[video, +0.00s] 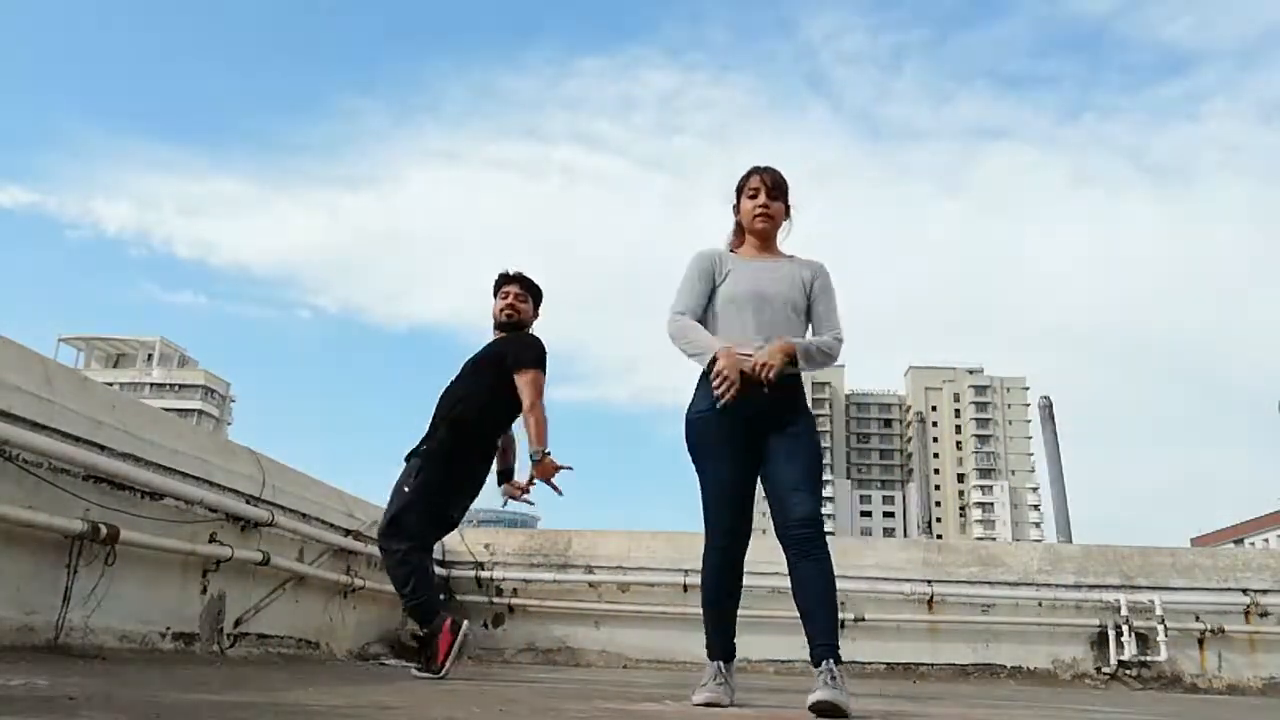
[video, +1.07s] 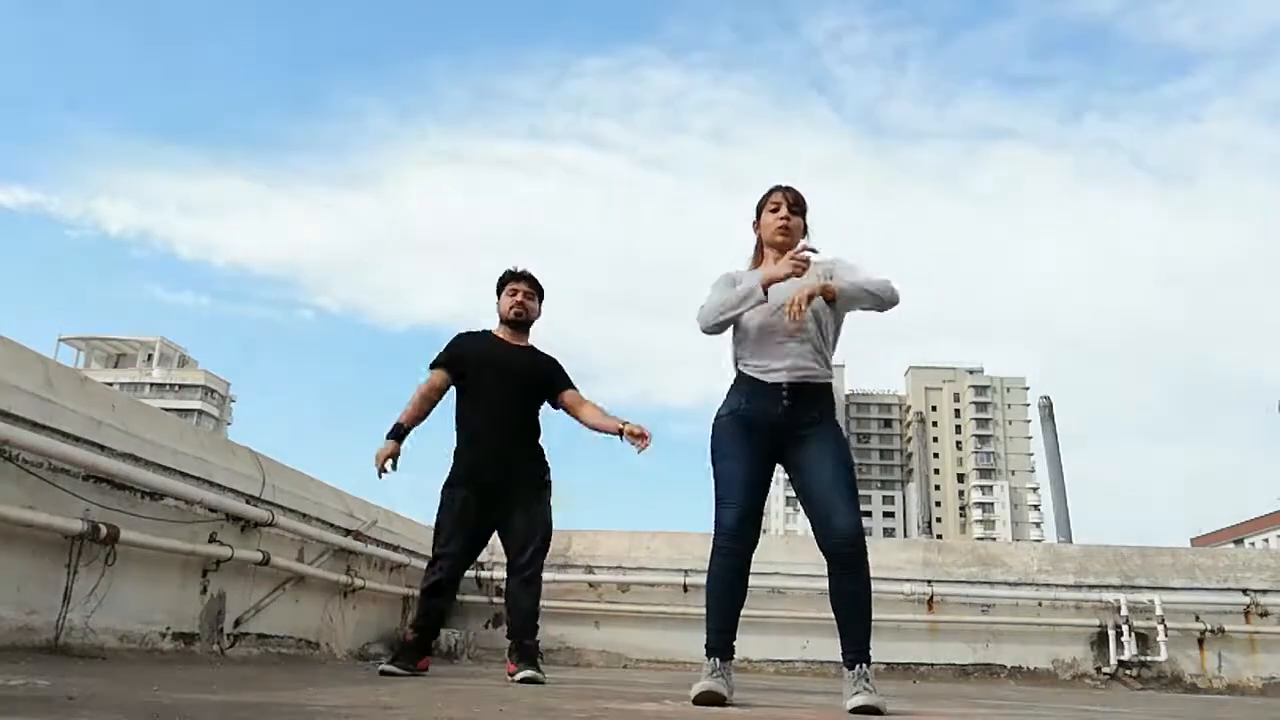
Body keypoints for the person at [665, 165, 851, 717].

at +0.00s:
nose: (762, 201)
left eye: (773, 194)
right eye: (752, 193)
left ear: (787, 210)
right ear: (737, 207)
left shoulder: (811, 272)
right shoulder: (709, 262)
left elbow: (831, 346)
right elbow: (679, 324)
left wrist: (790, 347)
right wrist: (721, 353)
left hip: (786, 410)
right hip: (720, 410)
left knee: (803, 529)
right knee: (725, 537)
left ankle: (828, 670)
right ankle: (718, 668)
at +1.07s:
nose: (784, 215)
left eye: (794, 209)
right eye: (775, 209)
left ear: (806, 229)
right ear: (756, 227)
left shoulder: (829, 270)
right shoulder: (738, 279)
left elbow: (887, 295)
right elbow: (708, 321)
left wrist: (825, 285)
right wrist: (767, 278)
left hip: (813, 417)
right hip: (746, 414)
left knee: (846, 538)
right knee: (734, 532)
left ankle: (858, 673)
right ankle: (717, 666)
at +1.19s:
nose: (786, 210)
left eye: (795, 205)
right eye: (775, 204)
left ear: (806, 223)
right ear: (757, 221)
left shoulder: (828, 269)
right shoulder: (735, 274)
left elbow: (883, 309)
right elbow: (690, 313)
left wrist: (845, 258)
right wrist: (753, 280)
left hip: (819, 412)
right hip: (751, 413)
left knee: (843, 538)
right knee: (738, 531)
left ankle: (858, 673)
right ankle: (717, 665)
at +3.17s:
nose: (782, 199)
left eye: (790, 194)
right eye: (770, 194)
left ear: (801, 212)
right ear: (752, 213)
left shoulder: (828, 271)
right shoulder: (728, 271)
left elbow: (854, 344)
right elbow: (703, 340)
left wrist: (872, 394)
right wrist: (682, 380)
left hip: (812, 407)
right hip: (743, 407)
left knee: (830, 536)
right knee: (737, 533)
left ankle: (854, 671)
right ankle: (719, 668)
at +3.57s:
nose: (781, 198)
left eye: (789, 193)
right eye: (769, 192)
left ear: (799, 212)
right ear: (749, 212)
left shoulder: (827, 270)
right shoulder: (725, 271)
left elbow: (864, 334)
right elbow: (688, 335)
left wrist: (889, 361)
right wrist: (692, 355)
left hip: (811, 408)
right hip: (744, 408)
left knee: (828, 535)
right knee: (738, 534)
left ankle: (854, 672)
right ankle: (719, 668)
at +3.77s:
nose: (780, 200)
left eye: (788, 196)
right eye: (768, 194)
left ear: (797, 215)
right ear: (748, 213)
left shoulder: (824, 270)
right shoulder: (724, 271)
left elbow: (836, 341)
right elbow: (714, 342)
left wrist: (832, 340)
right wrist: (754, 343)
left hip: (806, 411)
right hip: (741, 412)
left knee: (825, 538)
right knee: (734, 533)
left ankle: (853, 673)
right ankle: (716, 668)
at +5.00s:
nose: (845, 213)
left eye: (852, 209)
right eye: (833, 206)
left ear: (856, 229)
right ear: (805, 223)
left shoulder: (864, 294)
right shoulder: (786, 255)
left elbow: (938, 326)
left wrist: (913, 274)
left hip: (863, 416)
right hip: (800, 411)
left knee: (905, 543)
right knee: (777, 549)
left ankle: (915, 678)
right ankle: (710, 665)